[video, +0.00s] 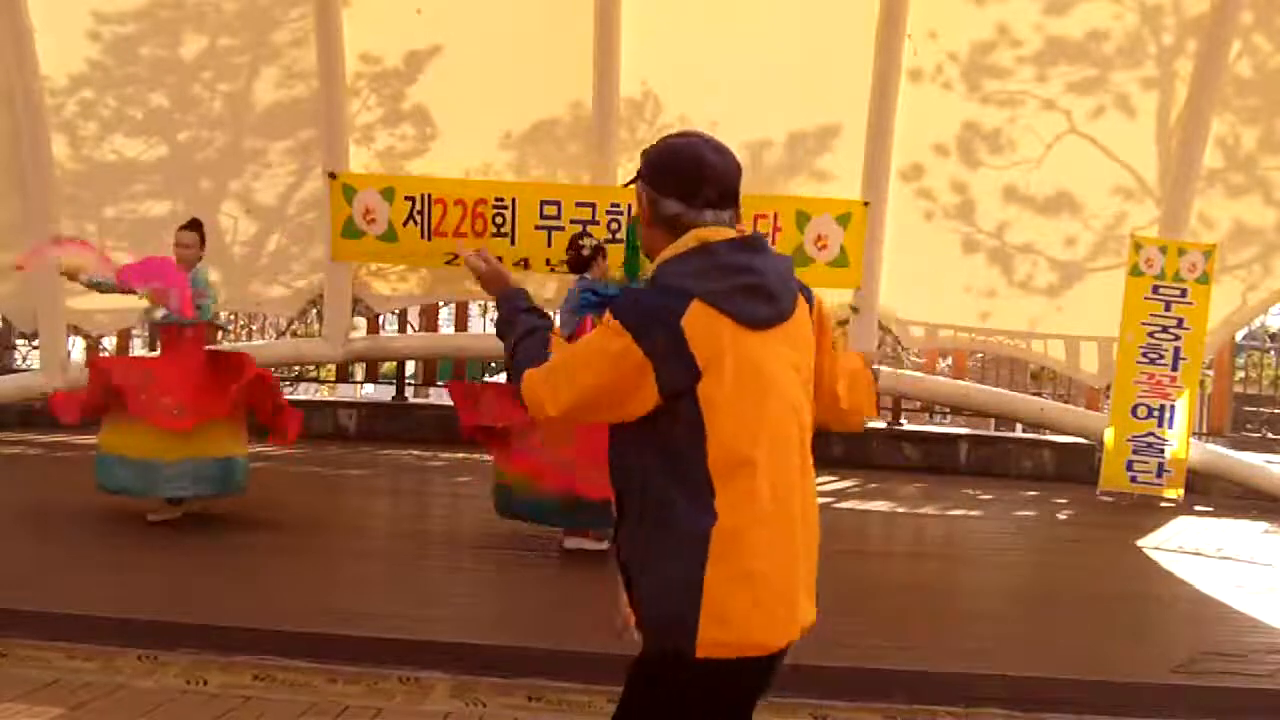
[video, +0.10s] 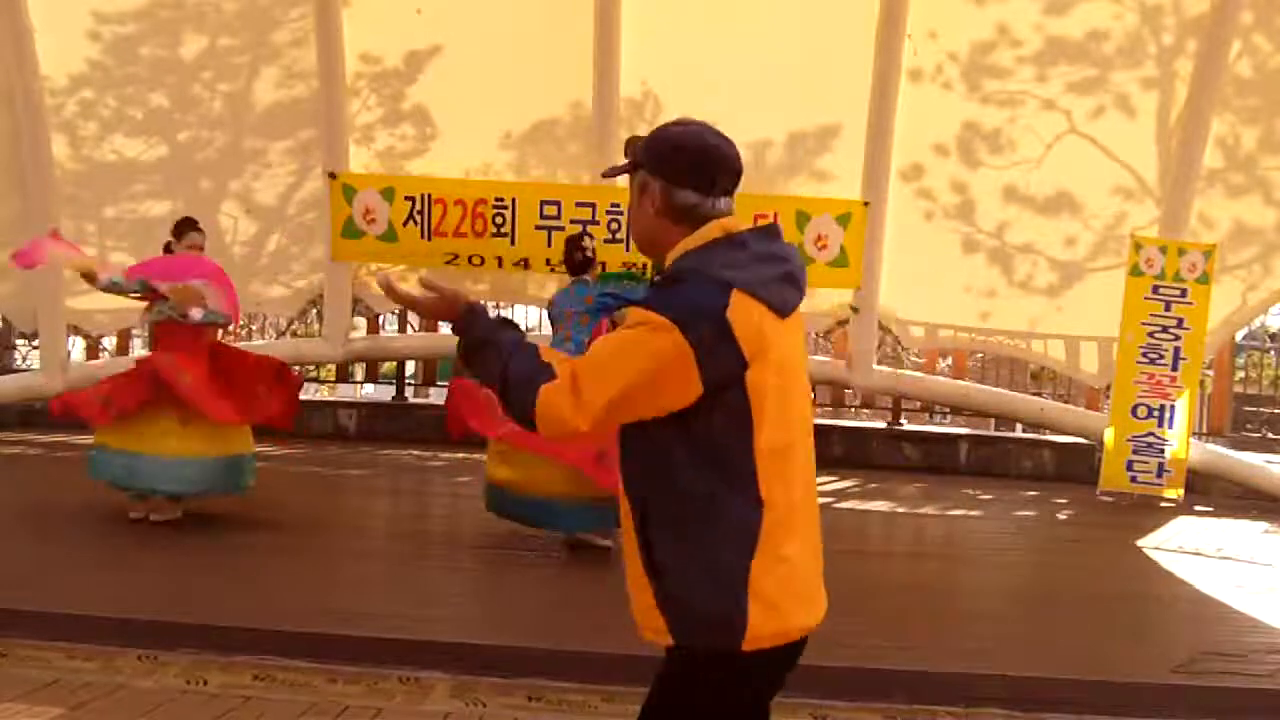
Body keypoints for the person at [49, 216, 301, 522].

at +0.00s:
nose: (180, 251)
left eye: (187, 246)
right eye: (177, 245)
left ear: (201, 250)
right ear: (173, 247)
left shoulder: (202, 279)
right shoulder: (167, 278)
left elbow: (210, 323)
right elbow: (126, 284)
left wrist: (166, 307)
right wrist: (83, 278)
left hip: (194, 360)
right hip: (168, 359)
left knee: (184, 424)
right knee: (172, 424)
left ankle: (176, 499)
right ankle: (183, 494)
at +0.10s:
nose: (197, 254)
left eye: (201, 248)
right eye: (191, 247)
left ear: (205, 249)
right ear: (173, 247)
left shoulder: (211, 284)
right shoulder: (159, 283)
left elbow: (227, 316)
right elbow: (123, 285)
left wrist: (195, 310)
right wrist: (94, 276)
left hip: (198, 358)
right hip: (163, 355)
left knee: (183, 424)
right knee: (151, 420)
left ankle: (171, 496)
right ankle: (143, 493)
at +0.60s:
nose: (178, 246)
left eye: (181, 240)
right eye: (180, 240)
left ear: (187, 244)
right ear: (208, 246)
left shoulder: (180, 280)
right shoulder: (218, 281)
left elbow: (147, 309)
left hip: (181, 359)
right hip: (213, 358)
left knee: (172, 422)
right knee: (210, 423)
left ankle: (174, 497)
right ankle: (212, 498)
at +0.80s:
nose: (187, 259)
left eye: (191, 252)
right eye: (189, 252)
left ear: (207, 251)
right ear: (212, 252)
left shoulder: (212, 282)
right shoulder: (212, 282)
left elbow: (178, 313)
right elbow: (186, 319)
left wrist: (144, 315)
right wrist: (150, 314)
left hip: (211, 359)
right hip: (212, 357)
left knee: (186, 420)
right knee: (216, 421)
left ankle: (183, 496)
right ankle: (217, 494)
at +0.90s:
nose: (191, 258)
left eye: (196, 252)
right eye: (192, 252)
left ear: (214, 255)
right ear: (207, 255)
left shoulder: (216, 287)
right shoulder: (202, 288)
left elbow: (199, 323)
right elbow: (185, 318)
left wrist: (170, 325)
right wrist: (163, 311)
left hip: (217, 359)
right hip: (206, 357)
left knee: (204, 419)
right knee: (211, 419)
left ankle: (198, 492)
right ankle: (215, 491)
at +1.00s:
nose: (194, 256)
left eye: (200, 249)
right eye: (194, 249)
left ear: (219, 253)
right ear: (204, 252)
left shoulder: (225, 285)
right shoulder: (199, 286)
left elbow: (216, 324)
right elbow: (180, 317)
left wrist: (186, 335)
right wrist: (164, 313)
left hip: (226, 361)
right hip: (203, 359)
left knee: (222, 421)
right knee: (203, 422)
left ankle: (194, 496)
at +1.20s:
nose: (202, 255)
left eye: (209, 248)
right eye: (199, 248)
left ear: (226, 251)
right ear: (196, 251)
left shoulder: (232, 285)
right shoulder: (190, 285)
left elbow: (241, 320)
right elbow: (177, 319)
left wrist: (211, 325)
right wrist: (182, 330)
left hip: (226, 362)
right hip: (193, 361)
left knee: (223, 426)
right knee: (196, 427)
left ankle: (219, 493)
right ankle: (194, 496)